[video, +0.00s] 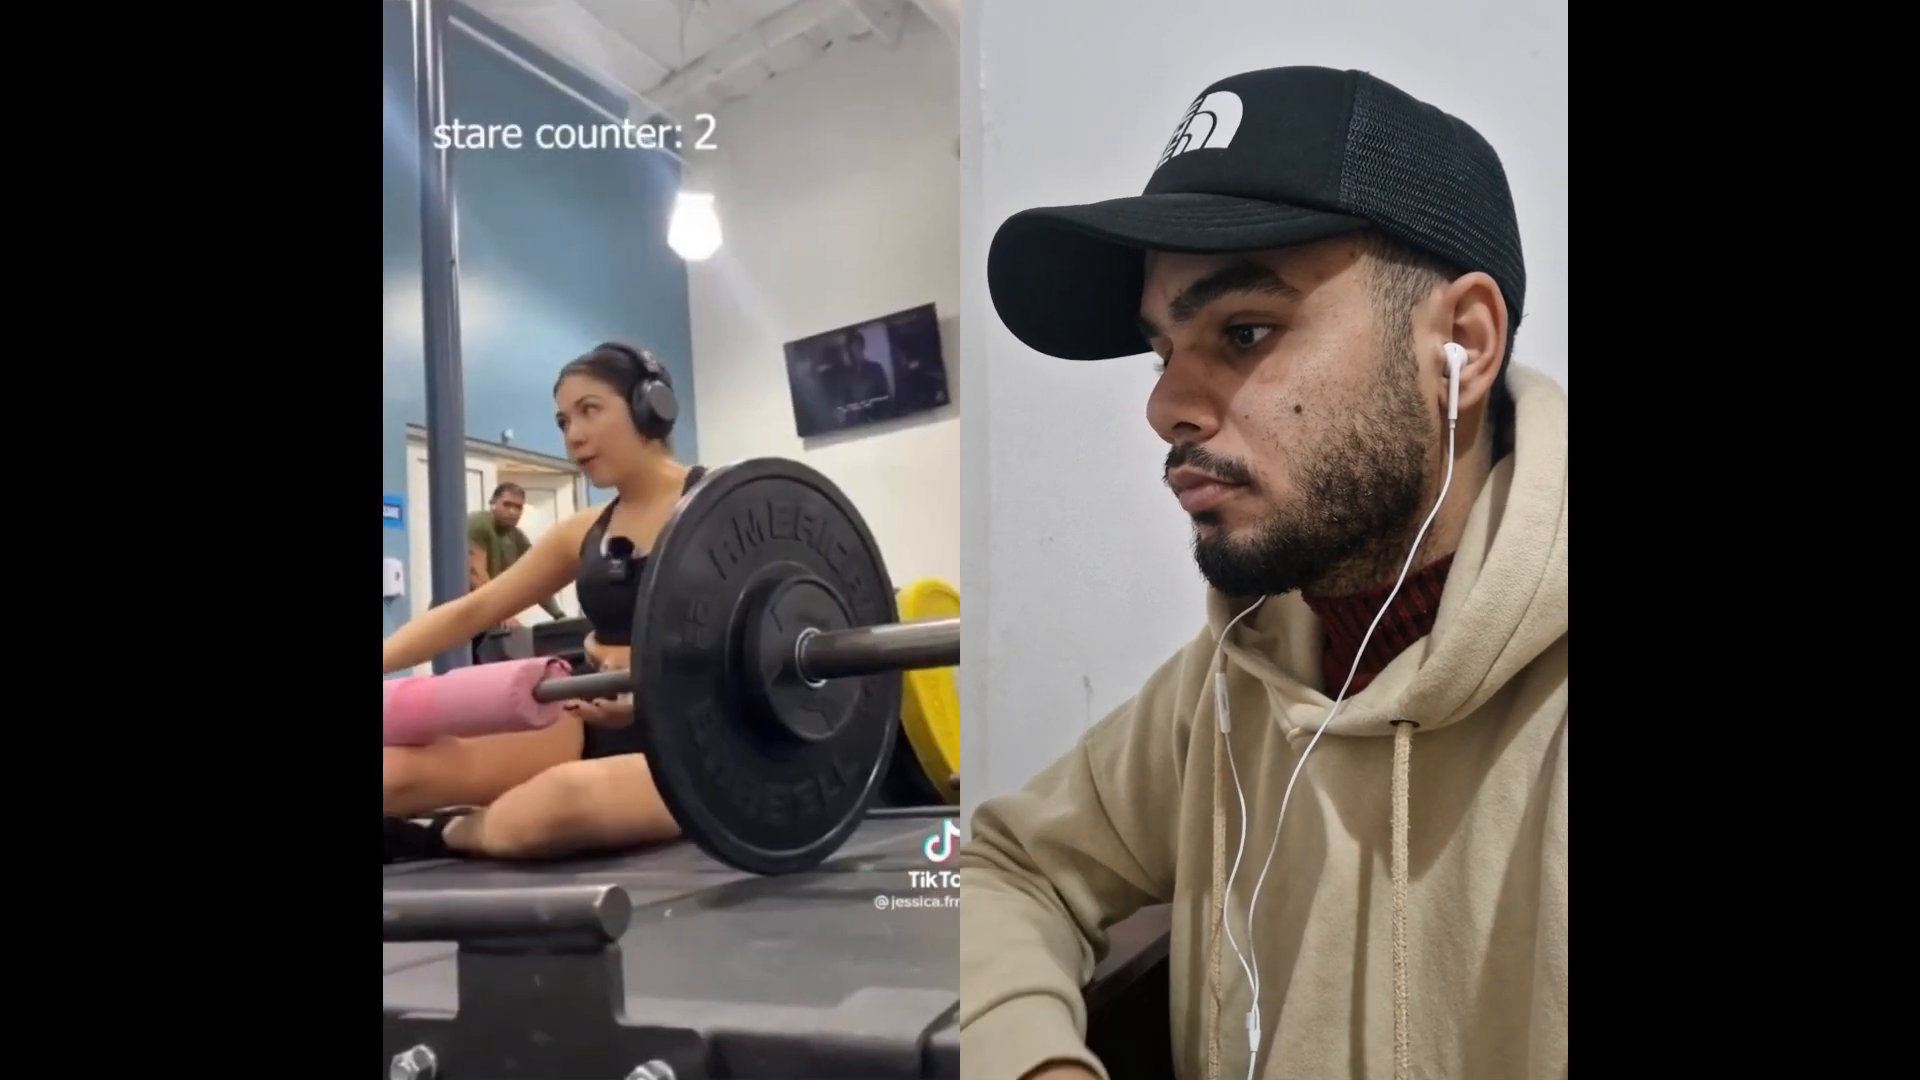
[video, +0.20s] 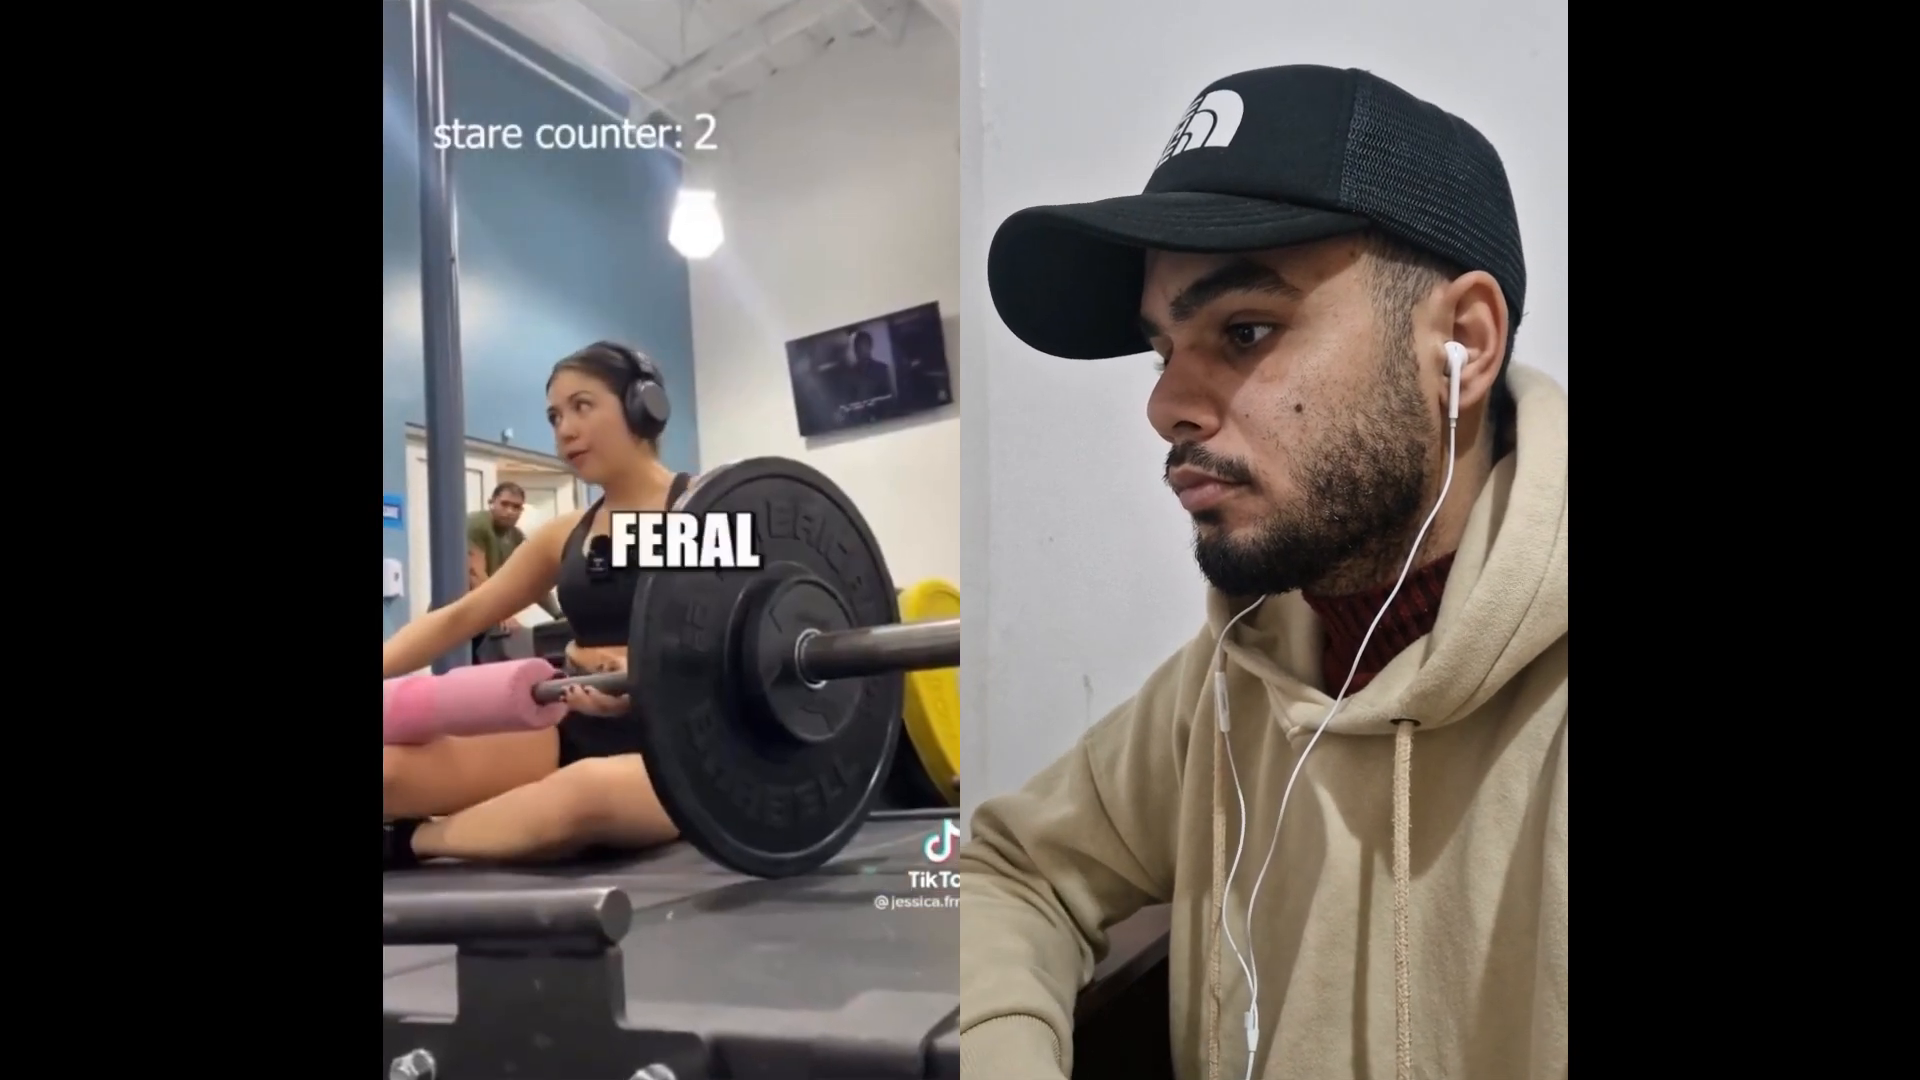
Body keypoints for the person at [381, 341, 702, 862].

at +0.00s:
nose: (573, 435)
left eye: (589, 410)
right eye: (564, 422)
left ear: (647, 407)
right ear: (560, 432)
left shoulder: (719, 506)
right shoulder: (583, 532)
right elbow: (469, 614)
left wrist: (641, 702)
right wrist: (383, 659)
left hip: (693, 743)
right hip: (592, 721)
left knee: (562, 799)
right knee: (397, 770)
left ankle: (452, 832)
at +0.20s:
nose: (565, 430)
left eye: (582, 406)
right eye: (556, 418)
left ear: (639, 407)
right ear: (551, 429)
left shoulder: (711, 510)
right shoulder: (563, 535)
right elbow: (455, 620)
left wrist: (641, 684)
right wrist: (384, 668)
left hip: (683, 749)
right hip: (577, 739)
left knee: (580, 799)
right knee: (393, 769)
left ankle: (415, 841)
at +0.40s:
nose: (553, 430)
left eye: (574, 406)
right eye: (544, 417)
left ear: (629, 413)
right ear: (540, 432)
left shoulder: (688, 513)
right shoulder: (543, 540)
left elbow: (732, 640)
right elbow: (445, 625)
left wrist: (646, 678)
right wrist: (382, 674)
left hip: (669, 750)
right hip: (559, 744)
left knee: (582, 796)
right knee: (388, 770)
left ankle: (407, 847)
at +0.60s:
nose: (556, 450)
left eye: (576, 428)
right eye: (541, 437)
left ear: (624, 433)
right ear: (532, 454)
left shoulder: (671, 525)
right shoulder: (534, 549)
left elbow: (716, 653)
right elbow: (447, 639)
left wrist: (642, 684)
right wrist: (384, 691)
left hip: (660, 761)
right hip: (546, 754)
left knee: (583, 765)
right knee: (392, 768)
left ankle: (403, 855)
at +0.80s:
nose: (560, 465)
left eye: (580, 444)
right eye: (545, 452)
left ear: (625, 450)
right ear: (535, 469)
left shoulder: (670, 544)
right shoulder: (531, 565)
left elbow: (709, 661)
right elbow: (461, 668)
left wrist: (671, 686)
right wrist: (394, 708)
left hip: (649, 772)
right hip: (532, 765)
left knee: (597, 748)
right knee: (394, 771)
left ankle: (406, 858)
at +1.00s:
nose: (582, 466)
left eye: (603, 447)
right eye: (569, 454)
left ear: (649, 458)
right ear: (559, 472)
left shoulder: (690, 552)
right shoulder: (546, 574)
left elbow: (738, 669)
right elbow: (490, 671)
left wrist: (706, 689)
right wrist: (413, 705)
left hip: (651, 786)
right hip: (534, 775)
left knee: (596, 745)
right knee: (391, 766)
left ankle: (411, 857)